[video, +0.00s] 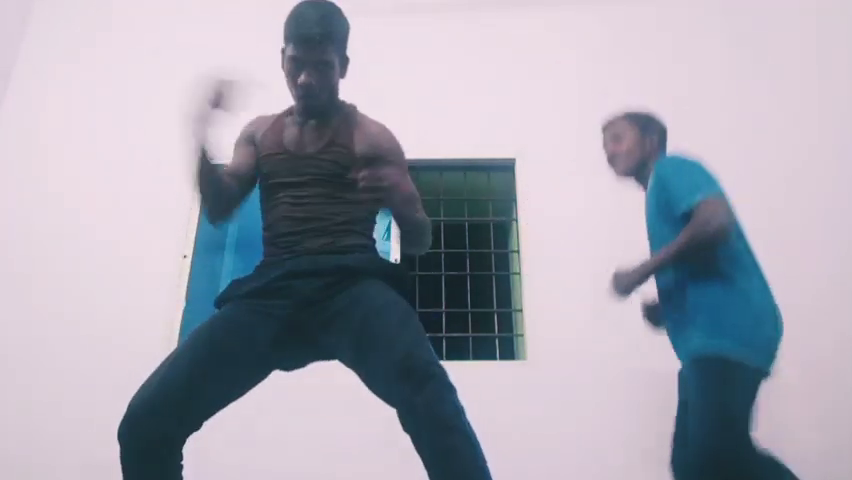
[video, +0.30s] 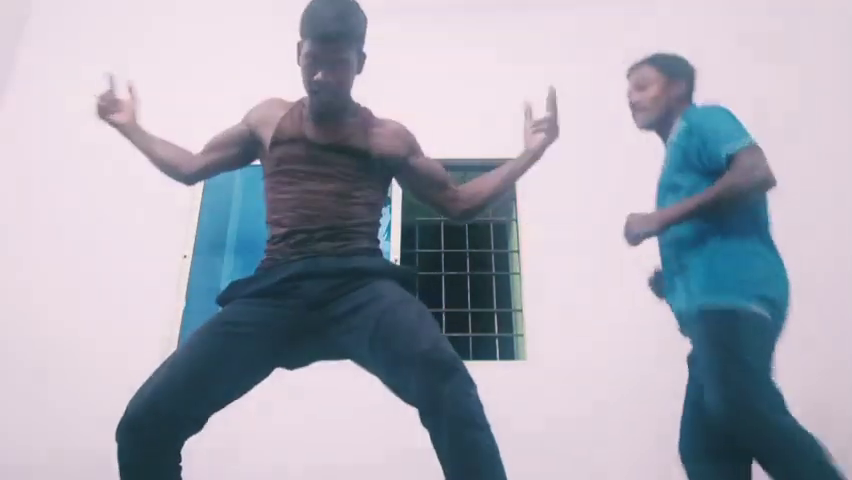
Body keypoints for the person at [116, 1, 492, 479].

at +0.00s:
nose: (308, 78)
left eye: (322, 66)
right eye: (299, 65)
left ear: (343, 68)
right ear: (284, 64)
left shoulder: (372, 138)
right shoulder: (259, 134)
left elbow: (419, 241)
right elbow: (218, 209)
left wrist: (403, 196)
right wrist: (202, 139)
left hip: (354, 291)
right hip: (271, 292)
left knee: (420, 378)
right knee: (147, 424)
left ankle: (471, 475)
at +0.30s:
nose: (324, 72)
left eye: (337, 60)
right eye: (315, 59)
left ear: (361, 62)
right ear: (299, 59)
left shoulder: (388, 139)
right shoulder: (269, 119)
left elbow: (458, 201)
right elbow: (188, 166)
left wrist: (531, 154)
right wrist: (129, 126)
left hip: (363, 290)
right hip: (274, 293)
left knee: (445, 379)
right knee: (144, 427)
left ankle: (487, 474)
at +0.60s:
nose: (337, 67)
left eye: (351, 56)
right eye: (327, 54)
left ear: (371, 58)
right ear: (312, 54)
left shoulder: (397, 135)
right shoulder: (279, 127)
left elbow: (458, 227)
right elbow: (218, 201)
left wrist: (475, 211)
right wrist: (145, 190)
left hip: (372, 273)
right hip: (286, 279)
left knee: (439, 370)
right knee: (159, 423)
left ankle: (481, 476)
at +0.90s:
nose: (300, 70)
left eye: (312, 60)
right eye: (291, 59)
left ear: (331, 63)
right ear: (277, 61)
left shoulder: (358, 136)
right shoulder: (245, 150)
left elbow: (417, 204)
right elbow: (227, 245)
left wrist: (429, 233)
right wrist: (184, 280)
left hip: (345, 282)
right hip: (258, 291)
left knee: (409, 375)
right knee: (134, 428)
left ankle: (465, 474)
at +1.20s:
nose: (277, 4)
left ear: (307, 7)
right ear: (254, 5)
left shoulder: (333, 70)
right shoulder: (221, 65)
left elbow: (374, 148)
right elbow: (187, 149)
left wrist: (394, 189)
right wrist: (140, 165)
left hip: (307, 216)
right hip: (226, 215)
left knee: (352, 340)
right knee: (153, 352)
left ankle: (349, 475)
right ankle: (142, 476)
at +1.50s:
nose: (290, 64)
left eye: (301, 56)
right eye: (281, 52)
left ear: (314, 66)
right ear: (262, 54)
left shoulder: (329, 151)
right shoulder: (215, 124)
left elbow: (339, 231)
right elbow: (176, 204)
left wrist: (354, 245)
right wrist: (209, 180)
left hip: (292, 302)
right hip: (211, 293)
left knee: (322, 431)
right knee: (131, 418)